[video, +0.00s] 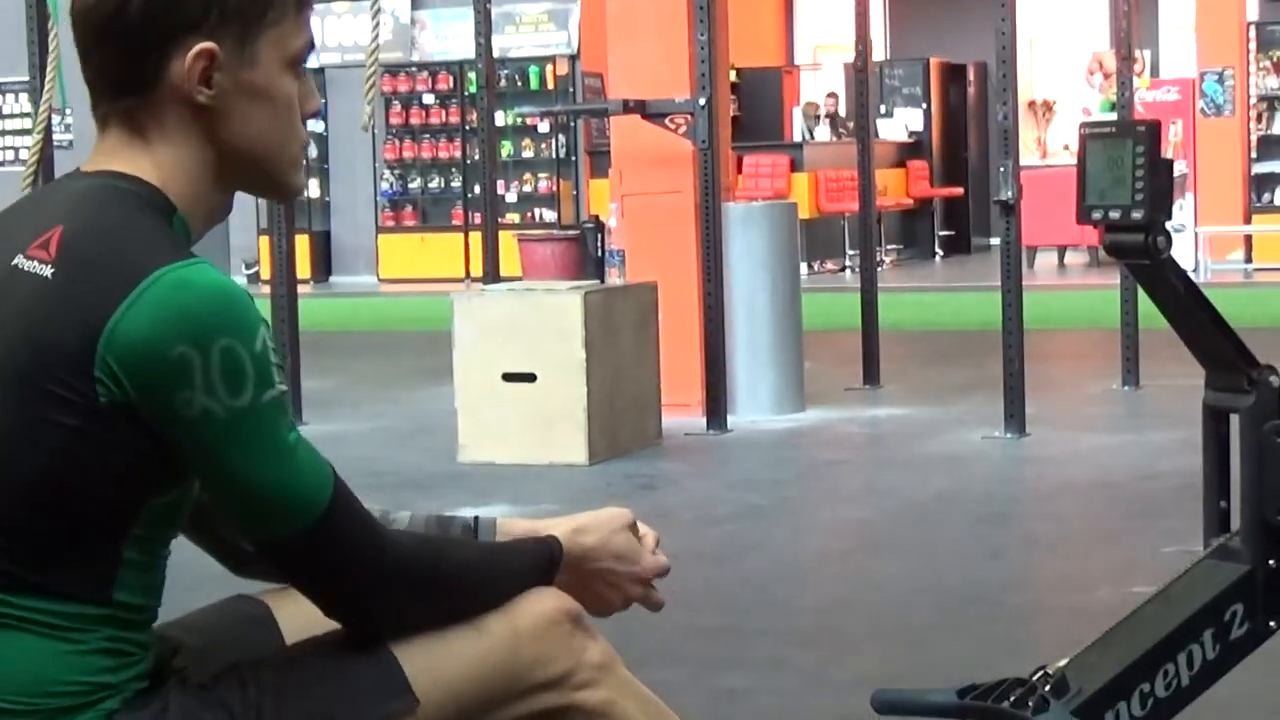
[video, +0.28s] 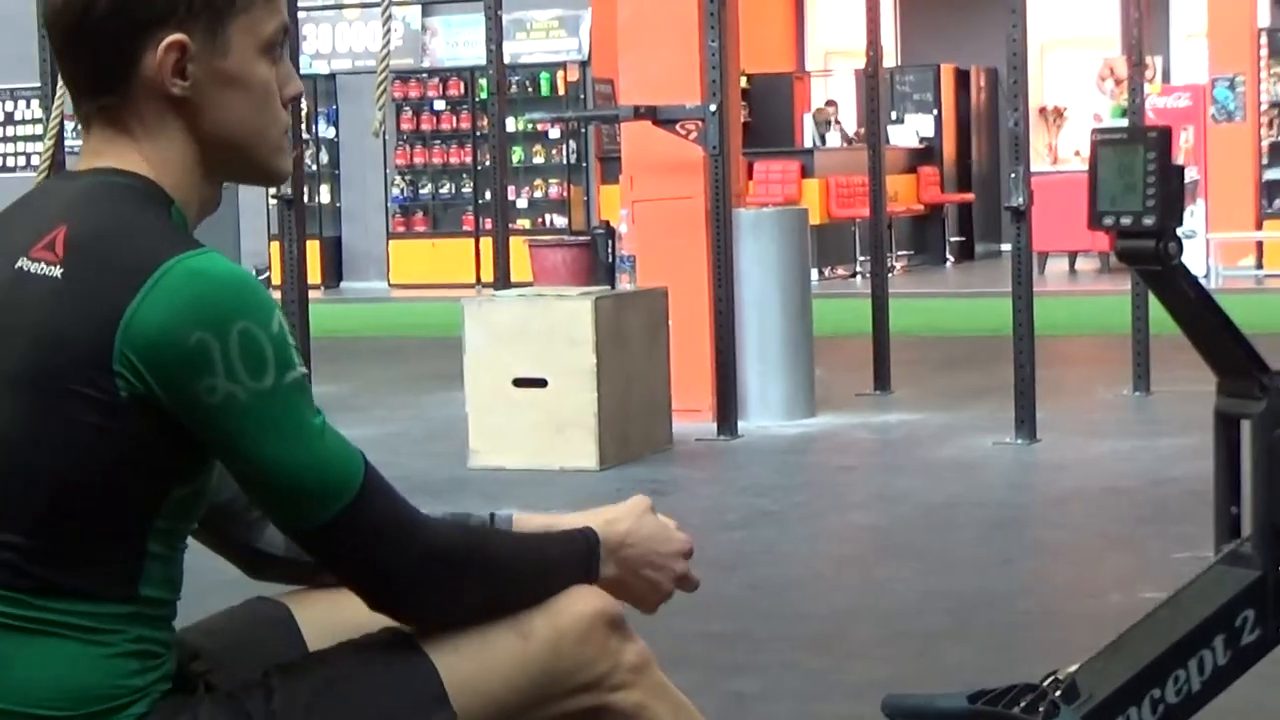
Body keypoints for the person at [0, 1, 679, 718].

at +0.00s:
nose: (315, 101)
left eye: (307, 69)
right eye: (296, 67)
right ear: (203, 75)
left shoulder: (50, 233)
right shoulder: (179, 302)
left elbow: (256, 542)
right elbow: (375, 586)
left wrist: (523, 547)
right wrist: (558, 559)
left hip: (55, 678)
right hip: (100, 708)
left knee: (342, 597)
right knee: (549, 639)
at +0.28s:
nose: (295, 87)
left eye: (287, 56)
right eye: (273, 53)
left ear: (172, 73)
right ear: (178, 69)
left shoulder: (43, 233)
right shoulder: (189, 291)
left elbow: (271, 540)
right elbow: (420, 580)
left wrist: (527, 543)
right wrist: (600, 548)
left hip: (48, 683)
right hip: (121, 709)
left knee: (390, 601)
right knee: (588, 636)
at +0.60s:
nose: (303, 93)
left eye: (293, 59)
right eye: (276, 59)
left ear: (164, 85)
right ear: (169, 80)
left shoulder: (44, 234)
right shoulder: (198, 295)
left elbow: (256, 555)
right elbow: (428, 585)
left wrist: (517, 576)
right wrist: (600, 592)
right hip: (124, 703)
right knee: (602, 665)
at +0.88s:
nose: (299, 119)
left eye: (307, 85)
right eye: (250, 82)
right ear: (138, 95)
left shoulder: (83, 247)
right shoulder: (155, 301)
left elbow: (104, 575)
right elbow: (281, 673)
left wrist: (308, 601)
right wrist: (459, 640)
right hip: (99, 703)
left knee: (410, 590)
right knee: (593, 692)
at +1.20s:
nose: (287, 137)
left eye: (305, 102)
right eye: (238, 94)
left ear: (322, 116)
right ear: (139, 106)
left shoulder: (97, 255)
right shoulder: (145, 295)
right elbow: (130, 622)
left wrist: (206, 697)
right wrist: (213, 711)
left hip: (75, 688)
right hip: (86, 701)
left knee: (472, 653)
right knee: (620, 707)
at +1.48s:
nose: (263, 148)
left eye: (281, 106)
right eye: (214, 104)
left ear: (301, 115)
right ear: (115, 117)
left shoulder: (60, 262)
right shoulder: (132, 309)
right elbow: (200, 670)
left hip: (68, 693)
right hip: (123, 712)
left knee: (502, 659)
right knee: (645, 708)